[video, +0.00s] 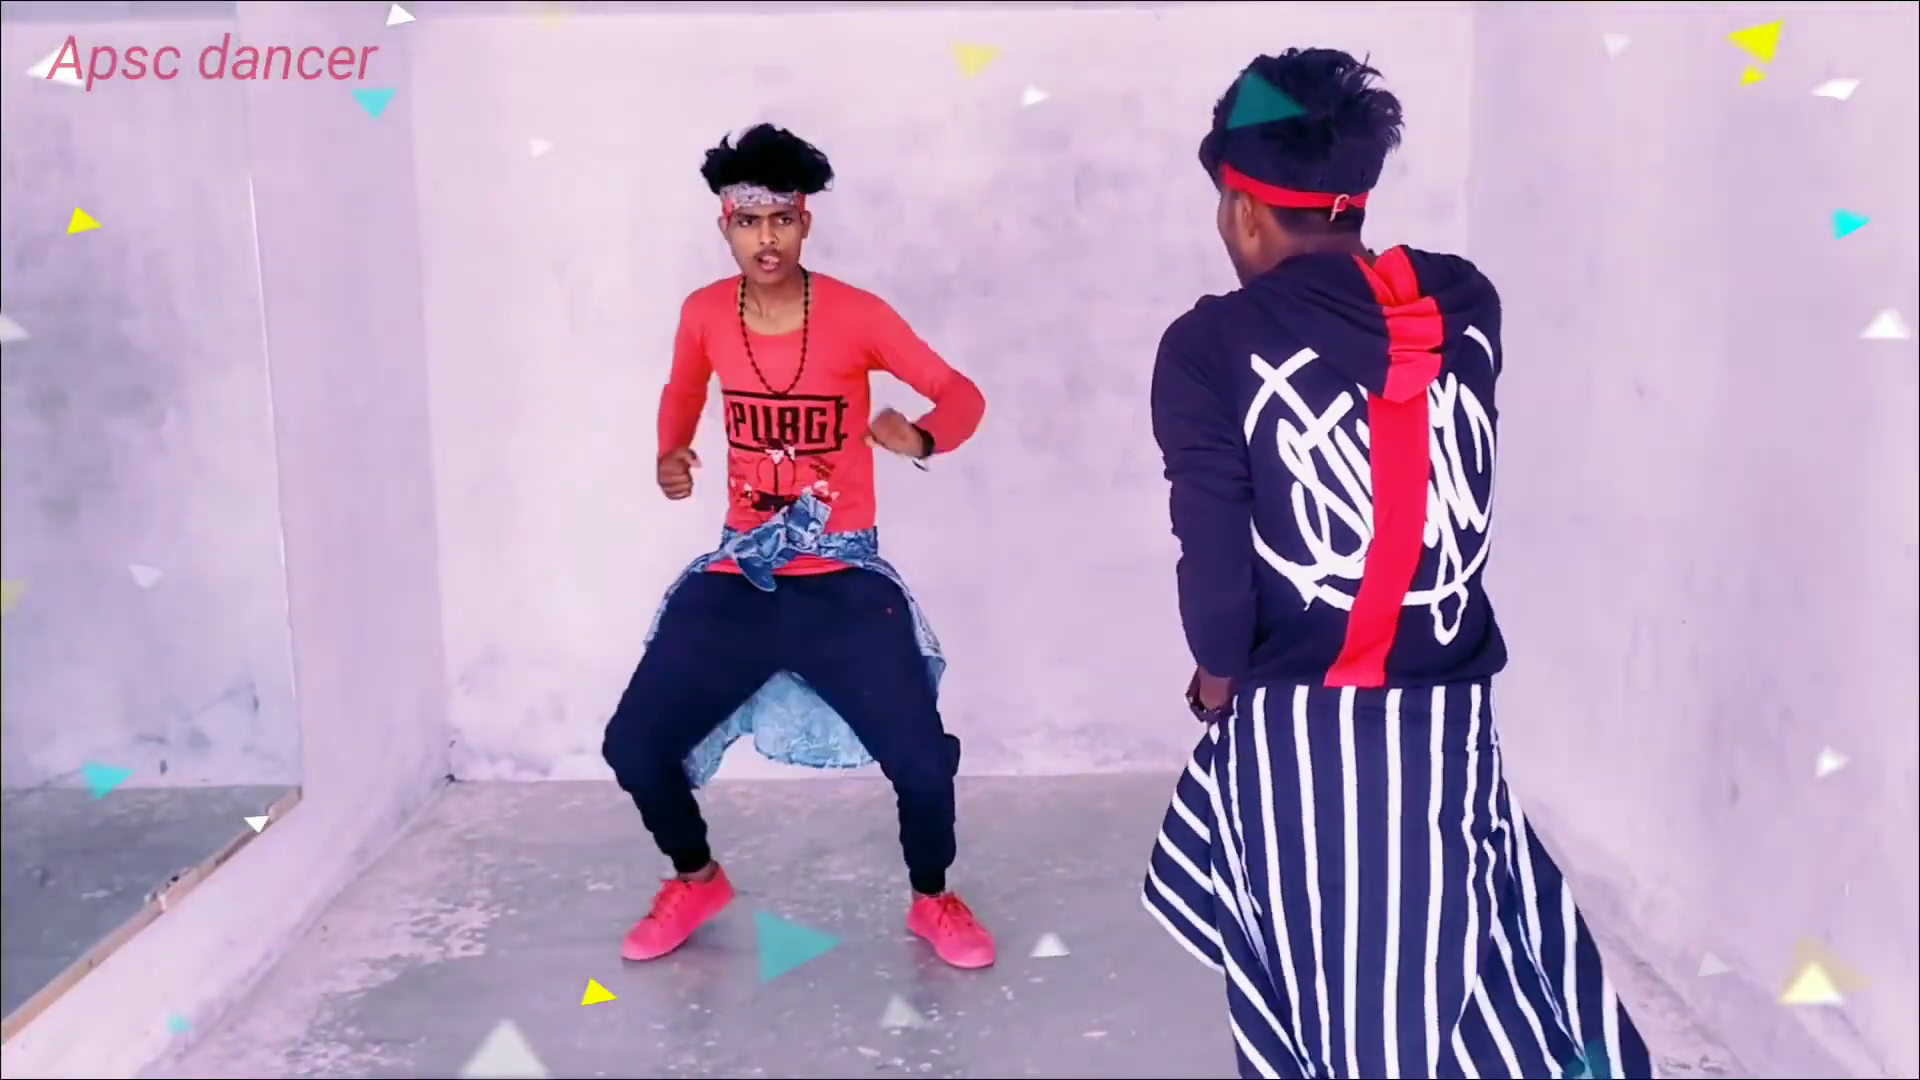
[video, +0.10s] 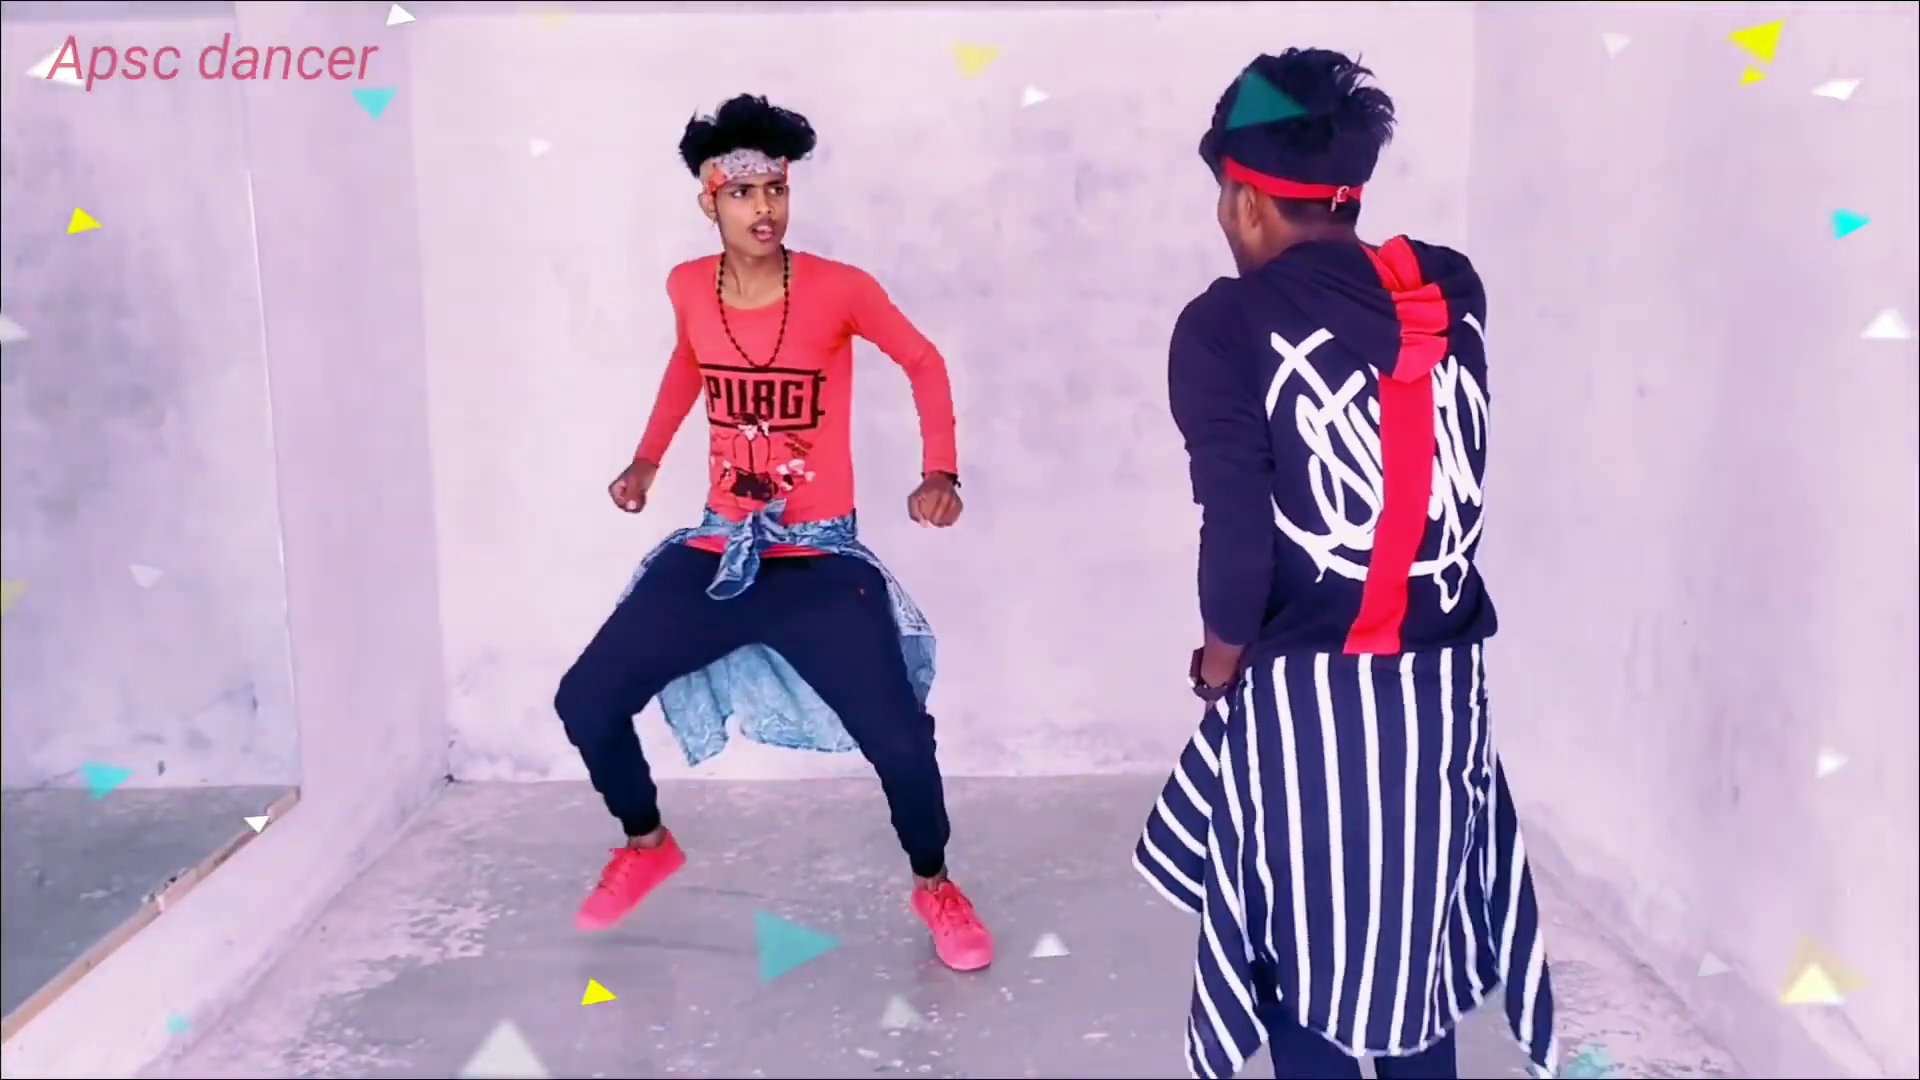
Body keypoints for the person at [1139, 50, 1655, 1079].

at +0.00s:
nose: (1218, 222)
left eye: (1221, 199)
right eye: (1221, 197)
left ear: (1245, 207)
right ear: (1357, 202)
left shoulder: (1210, 344)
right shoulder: (1458, 308)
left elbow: (1215, 531)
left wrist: (1218, 665)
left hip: (1302, 722)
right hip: (1449, 714)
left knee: (1320, 988)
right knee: (1472, 970)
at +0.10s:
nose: (1222, 218)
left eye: (1223, 196)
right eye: (1222, 194)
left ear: (1246, 196)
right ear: (1351, 194)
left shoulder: (1226, 322)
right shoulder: (1443, 296)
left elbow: (1242, 518)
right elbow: (1460, 480)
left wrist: (1226, 636)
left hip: (1305, 682)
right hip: (1440, 677)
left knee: (1302, 960)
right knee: (1414, 956)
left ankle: (1319, 1067)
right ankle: (1417, 1064)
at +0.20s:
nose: (1225, 203)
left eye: (1226, 182)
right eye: (1222, 184)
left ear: (1251, 187)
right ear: (1347, 182)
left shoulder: (1249, 304)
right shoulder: (1432, 284)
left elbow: (1273, 504)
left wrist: (1232, 632)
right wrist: (1258, 260)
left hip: (1310, 681)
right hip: (1432, 671)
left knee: (1291, 957)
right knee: (1394, 945)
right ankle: (1408, 1068)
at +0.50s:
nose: (1256, 184)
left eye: (1268, 164)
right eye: (1262, 162)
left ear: (1313, 178)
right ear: (1347, 183)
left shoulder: (1318, 286)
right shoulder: (1400, 279)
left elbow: (1322, 475)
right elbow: (1299, 405)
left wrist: (1236, 599)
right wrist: (1224, 309)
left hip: (1307, 606)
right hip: (1377, 600)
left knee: (1238, 849)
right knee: (1347, 843)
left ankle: (1375, 1065)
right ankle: (1371, 1059)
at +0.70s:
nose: (1258, 180)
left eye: (1276, 169)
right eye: (1270, 160)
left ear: (1311, 189)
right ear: (1354, 201)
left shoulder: (1220, 281)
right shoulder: (1414, 289)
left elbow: (1171, 410)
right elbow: (1543, 348)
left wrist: (1181, 559)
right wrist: (1460, 228)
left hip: (1259, 584)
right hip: (1367, 588)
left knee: (1193, 825)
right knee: (1344, 812)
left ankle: (1355, 1029)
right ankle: (1380, 1034)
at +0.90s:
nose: (1172, 188)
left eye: (1184, 173)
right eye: (1179, 170)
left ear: (1224, 184)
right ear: (1267, 187)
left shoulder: (1178, 284)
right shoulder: (1340, 289)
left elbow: (1185, 427)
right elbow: (1432, 433)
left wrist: (1166, 548)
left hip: (1224, 582)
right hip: (1320, 579)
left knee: (1134, 781)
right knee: (1298, 802)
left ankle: (1206, 1010)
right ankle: (1364, 1020)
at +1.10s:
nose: (1120, 183)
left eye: (1128, 164)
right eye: (1124, 163)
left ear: (1167, 168)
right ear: (1211, 168)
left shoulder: (1185, 264)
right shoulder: (1282, 265)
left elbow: (1205, 435)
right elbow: (1339, 429)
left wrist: (1142, 545)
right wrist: (1269, 512)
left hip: (1196, 551)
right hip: (1256, 548)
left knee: (1140, 773)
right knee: (1192, 752)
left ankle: (1209, 1018)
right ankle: (1293, 934)